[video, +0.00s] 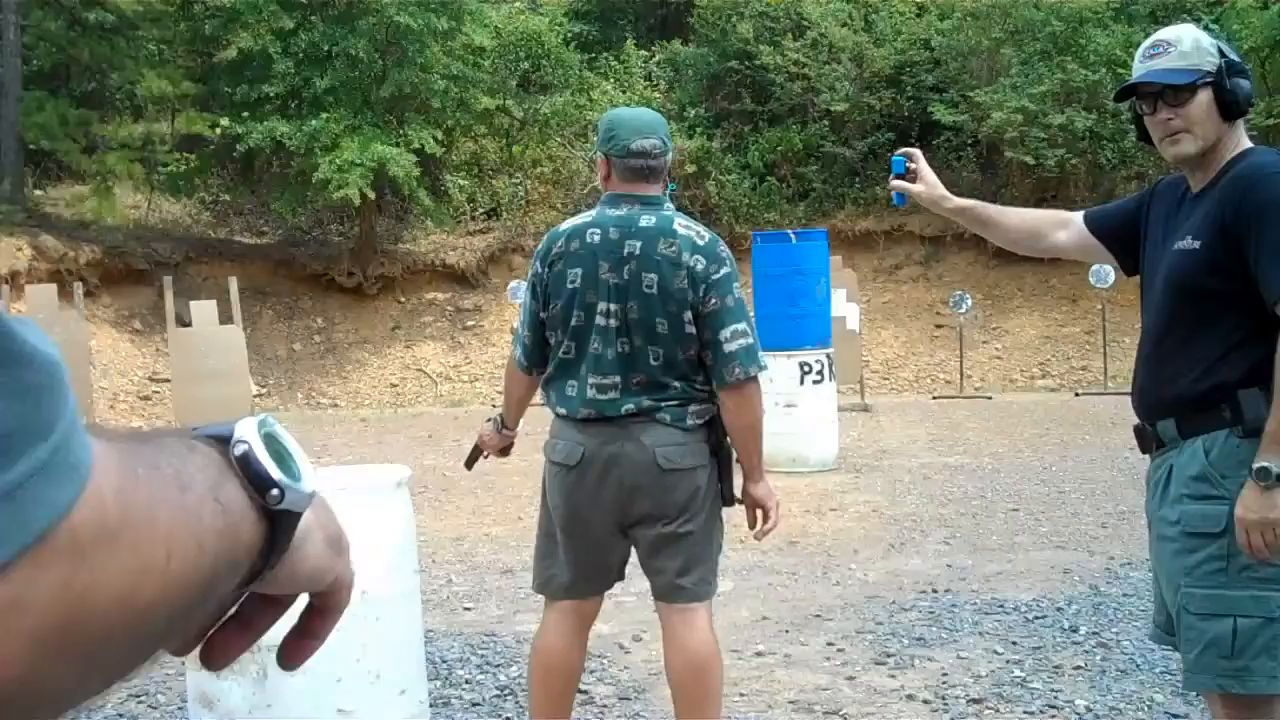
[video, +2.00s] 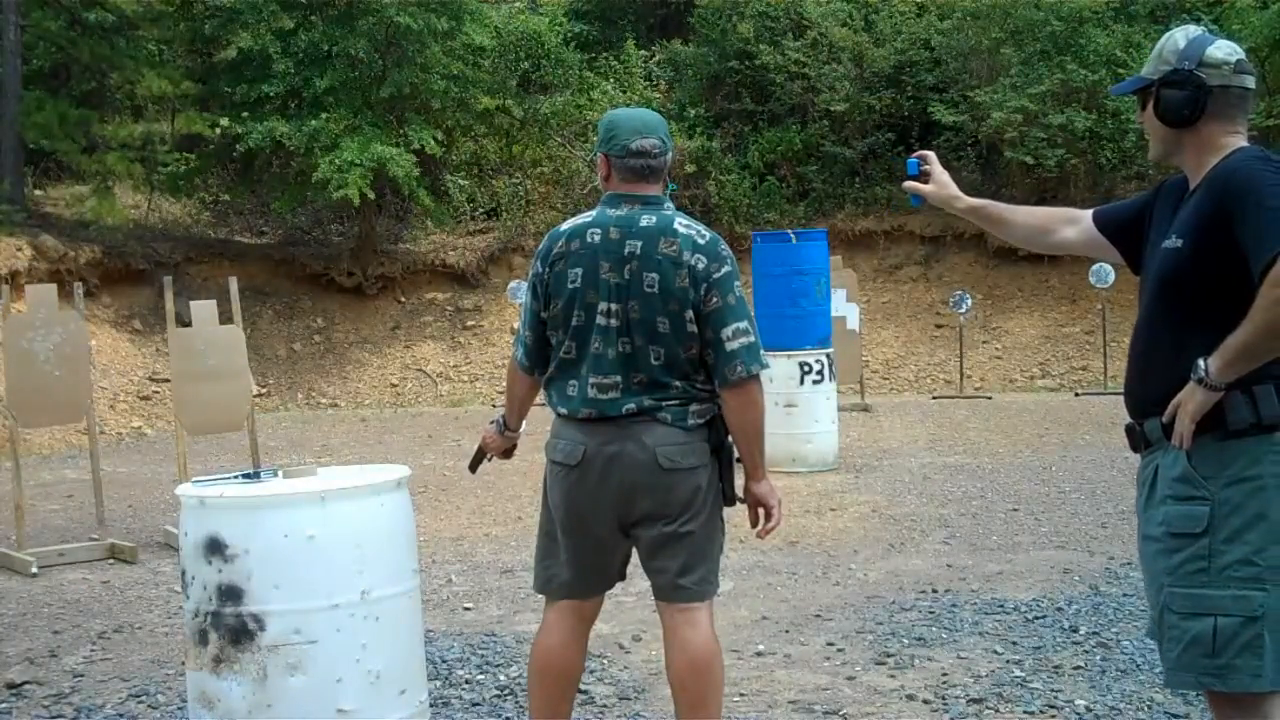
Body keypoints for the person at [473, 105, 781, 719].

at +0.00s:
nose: (595, 170)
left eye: (596, 162)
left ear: (604, 168)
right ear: (669, 168)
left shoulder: (560, 244)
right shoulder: (702, 248)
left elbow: (528, 356)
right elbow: (736, 376)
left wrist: (505, 423)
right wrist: (754, 474)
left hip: (580, 452)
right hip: (676, 452)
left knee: (567, 608)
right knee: (686, 610)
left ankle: (547, 715)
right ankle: (702, 715)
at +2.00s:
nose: (596, 169)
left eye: (598, 161)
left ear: (604, 167)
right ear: (668, 167)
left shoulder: (561, 243)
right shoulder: (703, 247)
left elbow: (530, 356)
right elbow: (738, 375)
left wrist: (508, 425)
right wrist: (756, 472)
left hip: (581, 453)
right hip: (677, 454)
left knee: (568, 608)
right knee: (688, 611)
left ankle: (547, 715)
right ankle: (701, 715)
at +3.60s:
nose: (593, 171)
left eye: (594, 163)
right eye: (597, 162)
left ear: (602, 169)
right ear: (666, 168)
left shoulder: (563, 242)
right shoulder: (705, 245)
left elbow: (525, 333)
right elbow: (743, 370)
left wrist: (500, 383)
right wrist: (759, 469)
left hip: (583, 451)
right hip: (680, 452)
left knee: (567, 607)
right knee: (690, 610)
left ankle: (547, 715)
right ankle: (701, 715)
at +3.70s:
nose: (588, 171)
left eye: (589, 164)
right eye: (591, 163)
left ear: (597, 169)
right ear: (659, 166)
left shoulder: (562, 239)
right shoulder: (704, 243)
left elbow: (514, 301)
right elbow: (746, 365)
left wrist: (485, 312)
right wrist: (766, 464)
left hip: (586, 451)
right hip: (682, 452)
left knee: (568, 607)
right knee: (691, 611)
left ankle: (546, 715)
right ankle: (701, 715)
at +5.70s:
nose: (585, 171)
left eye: (585, 164)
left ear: (590, 170)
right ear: (655, 167)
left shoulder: (561, 230)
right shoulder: (699, 241)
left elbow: (512, 241)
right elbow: (741, 366)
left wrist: (496, 228)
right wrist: (769, 461)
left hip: (584, 446)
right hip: (678, 451)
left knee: (568, 608)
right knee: (691, 611)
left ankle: (547, 716)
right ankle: (701, 716)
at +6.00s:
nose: (582, 171)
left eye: (583, 164)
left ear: (588, 171)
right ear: (653, 167)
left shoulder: (560, 230)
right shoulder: (698, 241)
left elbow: (507, 241)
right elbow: (740, 364)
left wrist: (490, 227)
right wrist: (770, 460)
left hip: (583, 446)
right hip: (678, 450)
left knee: (568, 609)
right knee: (691, 611)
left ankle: (548, 716)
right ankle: (702, 715)